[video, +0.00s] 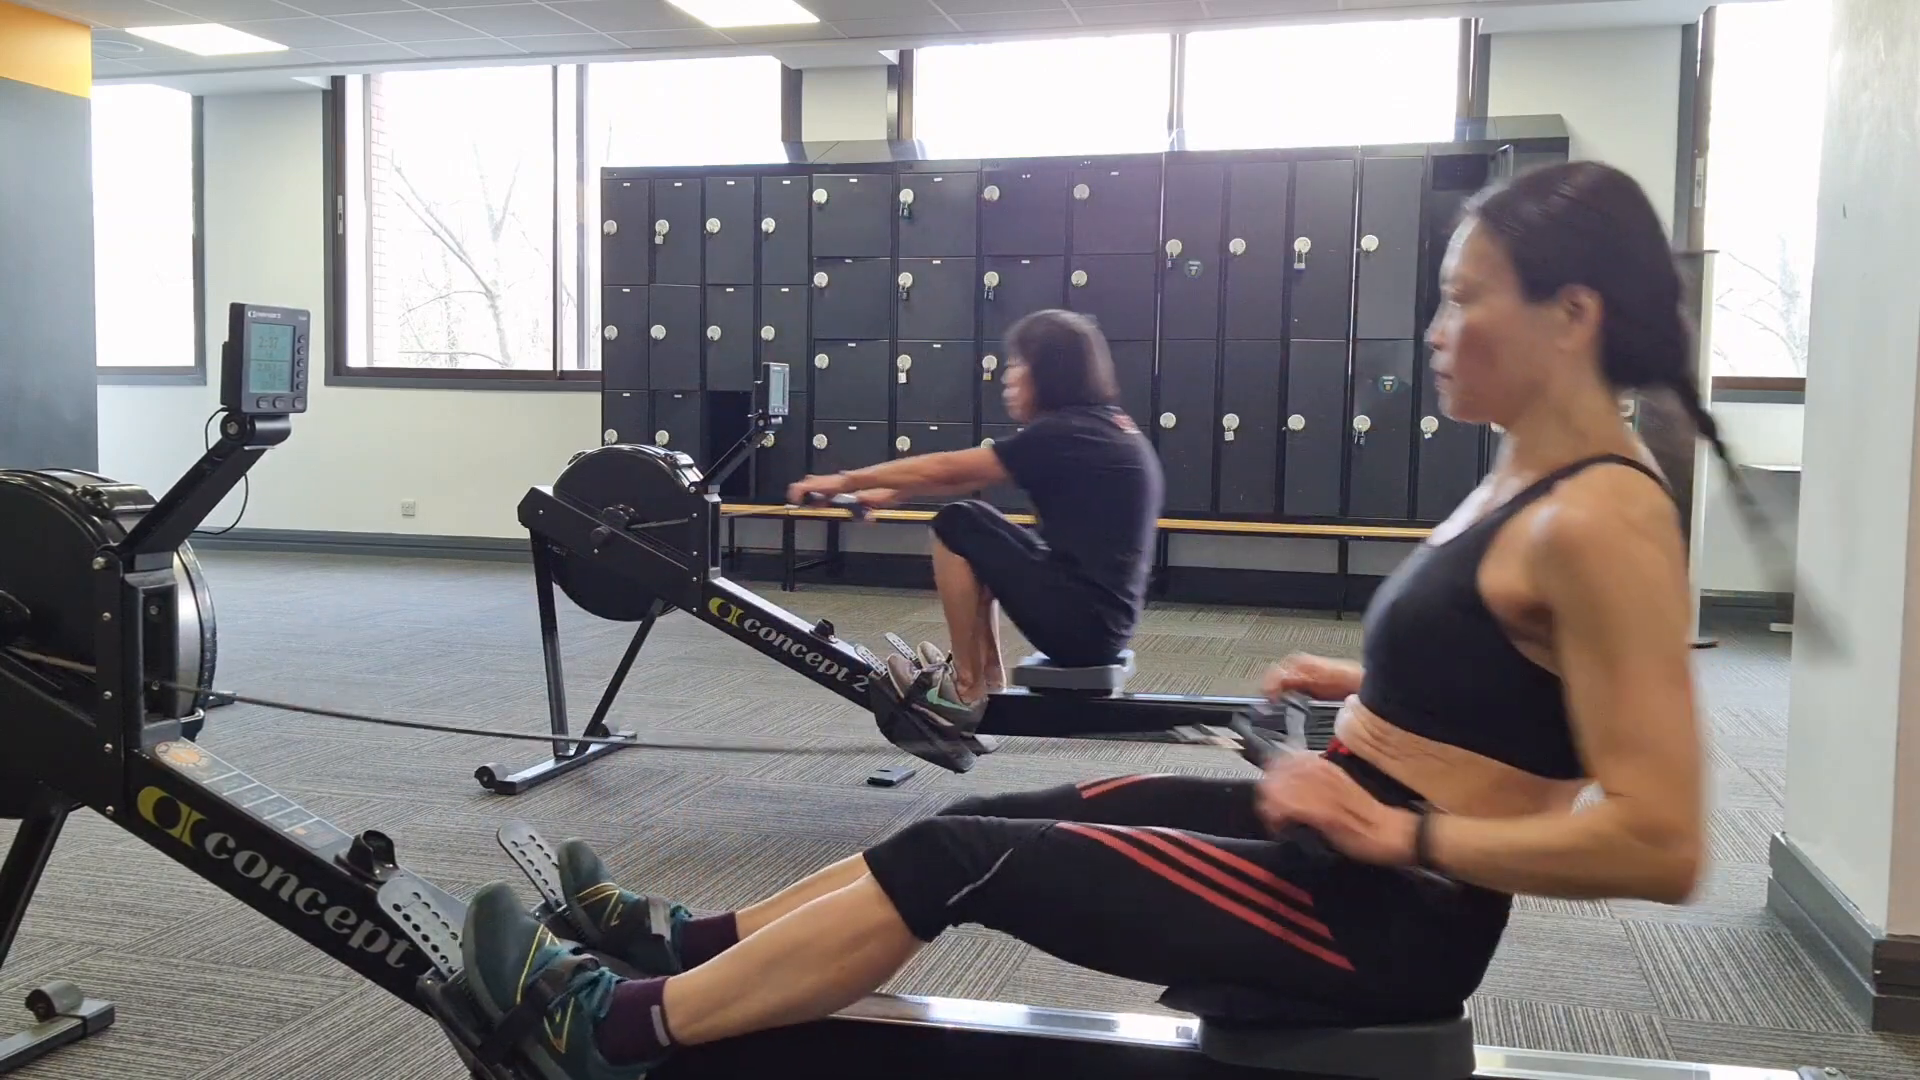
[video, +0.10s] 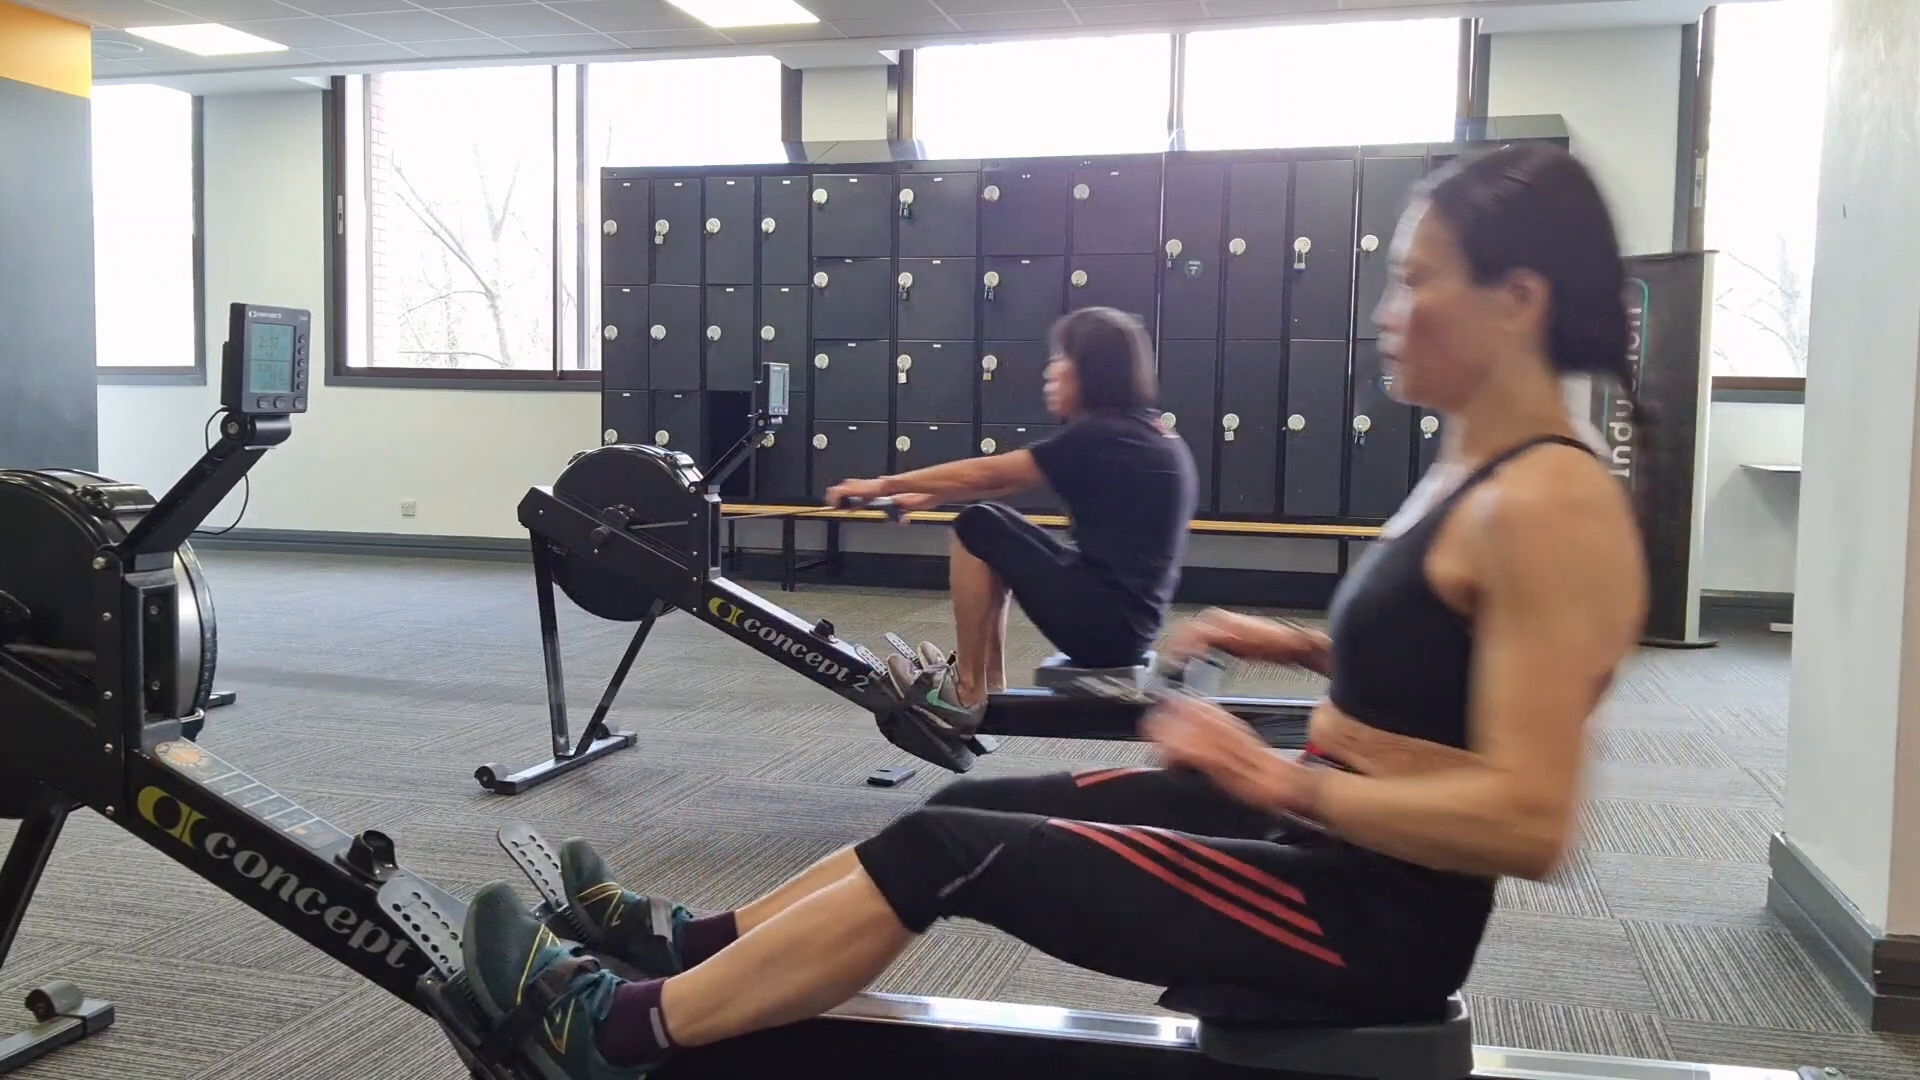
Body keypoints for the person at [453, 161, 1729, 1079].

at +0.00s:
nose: (1438, 332)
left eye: (1464, 303)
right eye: (1444, 303)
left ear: (1573, 319)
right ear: (1554, 324)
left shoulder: (1600, 519)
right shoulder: (1537, 486)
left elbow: (1661, 843)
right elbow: (1548, 754)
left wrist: (1397, 837)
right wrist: (1368, 697)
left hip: (1377, 912)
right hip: (1350, 842)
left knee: (962, 852)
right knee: (965, 827)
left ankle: (622, 1034)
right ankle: (671, 960)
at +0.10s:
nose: (1383, 315)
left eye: (1412, 284)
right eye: (1391, 283)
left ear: (1520, 302)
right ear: (1490, 305)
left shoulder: (1551, 501)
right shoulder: (1480, 474)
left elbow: (1534, 820)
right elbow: (1431, 698)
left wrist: (1277, 778)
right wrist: (1279, 644)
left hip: (1367, 919)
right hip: (1334, 853)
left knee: (950, 839)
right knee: (957, 808)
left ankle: (613, 1037)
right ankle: (697, 948)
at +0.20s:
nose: (1312, 301)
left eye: (1341, 267)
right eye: (1318, 270)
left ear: (1446, 287)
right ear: (1419, 289)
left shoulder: (1470, 483)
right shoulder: (1420, 464)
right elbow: (1348, 679)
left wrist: (1154, 732)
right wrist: (1208, 613)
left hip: (1339, 916)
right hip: (1306, 856)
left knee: (937, 816)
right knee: (963, 770)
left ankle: (632, 1035)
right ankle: (698, 956)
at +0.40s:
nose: (1134, 290)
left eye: (1160, 261)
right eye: (1142, 261)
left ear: (1249, 283)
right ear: (1244, 287)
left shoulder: (1248, 469)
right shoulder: (1268, 446)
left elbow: (1049, 717)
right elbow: (1163, 601)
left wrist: (855, 673)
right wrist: (981, 572)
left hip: (1245, 902)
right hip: (1248, 860)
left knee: (872, 765)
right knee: (891, 750)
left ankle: (636, 1021)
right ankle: (680, 977)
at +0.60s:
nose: (951, 302)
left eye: (972, 274)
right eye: (957, 275)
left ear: (1051, 301)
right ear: (1050, 304)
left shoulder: (1044, 475)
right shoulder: (1121, 434)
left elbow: (793, 682)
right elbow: (956, 575)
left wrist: (620, 728)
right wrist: (784, 615)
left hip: (1111, 901)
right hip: (1151, 859)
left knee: (793, 719)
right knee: (841, 677)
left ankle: (617, 1015)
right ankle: (678, 947)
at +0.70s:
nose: (871, 315)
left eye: (890, 287)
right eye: (877, 287)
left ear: (966, 308)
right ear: (969, 310)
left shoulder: (959, 477)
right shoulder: (1051, 437)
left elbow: (703, 654)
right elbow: (772, 616)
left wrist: (516, 746)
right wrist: (679, 644)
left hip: (1048, 897)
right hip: (1103, 866)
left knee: (732, 698)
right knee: (786, 651)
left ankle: (611, 1014)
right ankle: (691, 942)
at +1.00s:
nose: (678, 348)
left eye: (694, 325)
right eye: (686, 324)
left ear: (758, 351)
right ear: (798, 359)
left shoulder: (764, 496)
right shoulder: (885, 470)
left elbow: (473, 637)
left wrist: (276, 723)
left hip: (933, 896)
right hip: (1010, 879)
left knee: (648, 657)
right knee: (717, 644)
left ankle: (612, 1003)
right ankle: (686, 931)